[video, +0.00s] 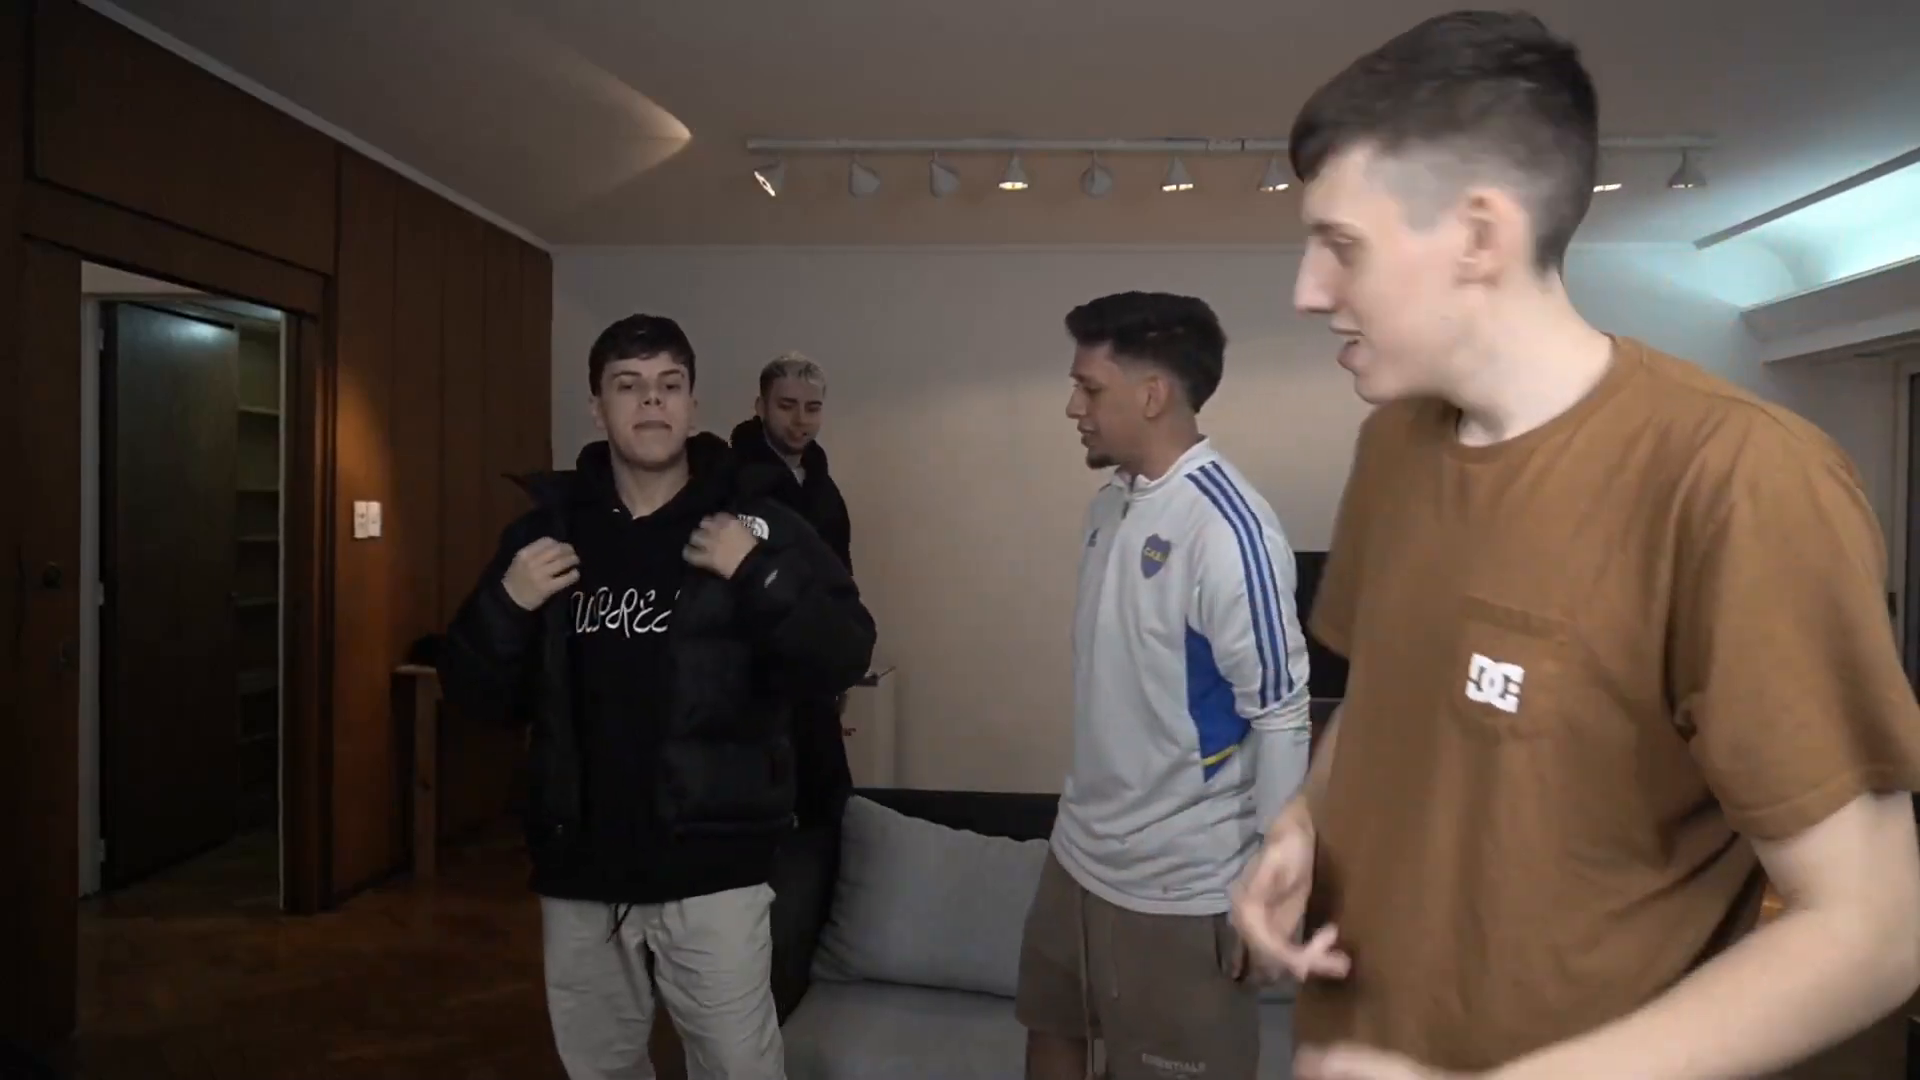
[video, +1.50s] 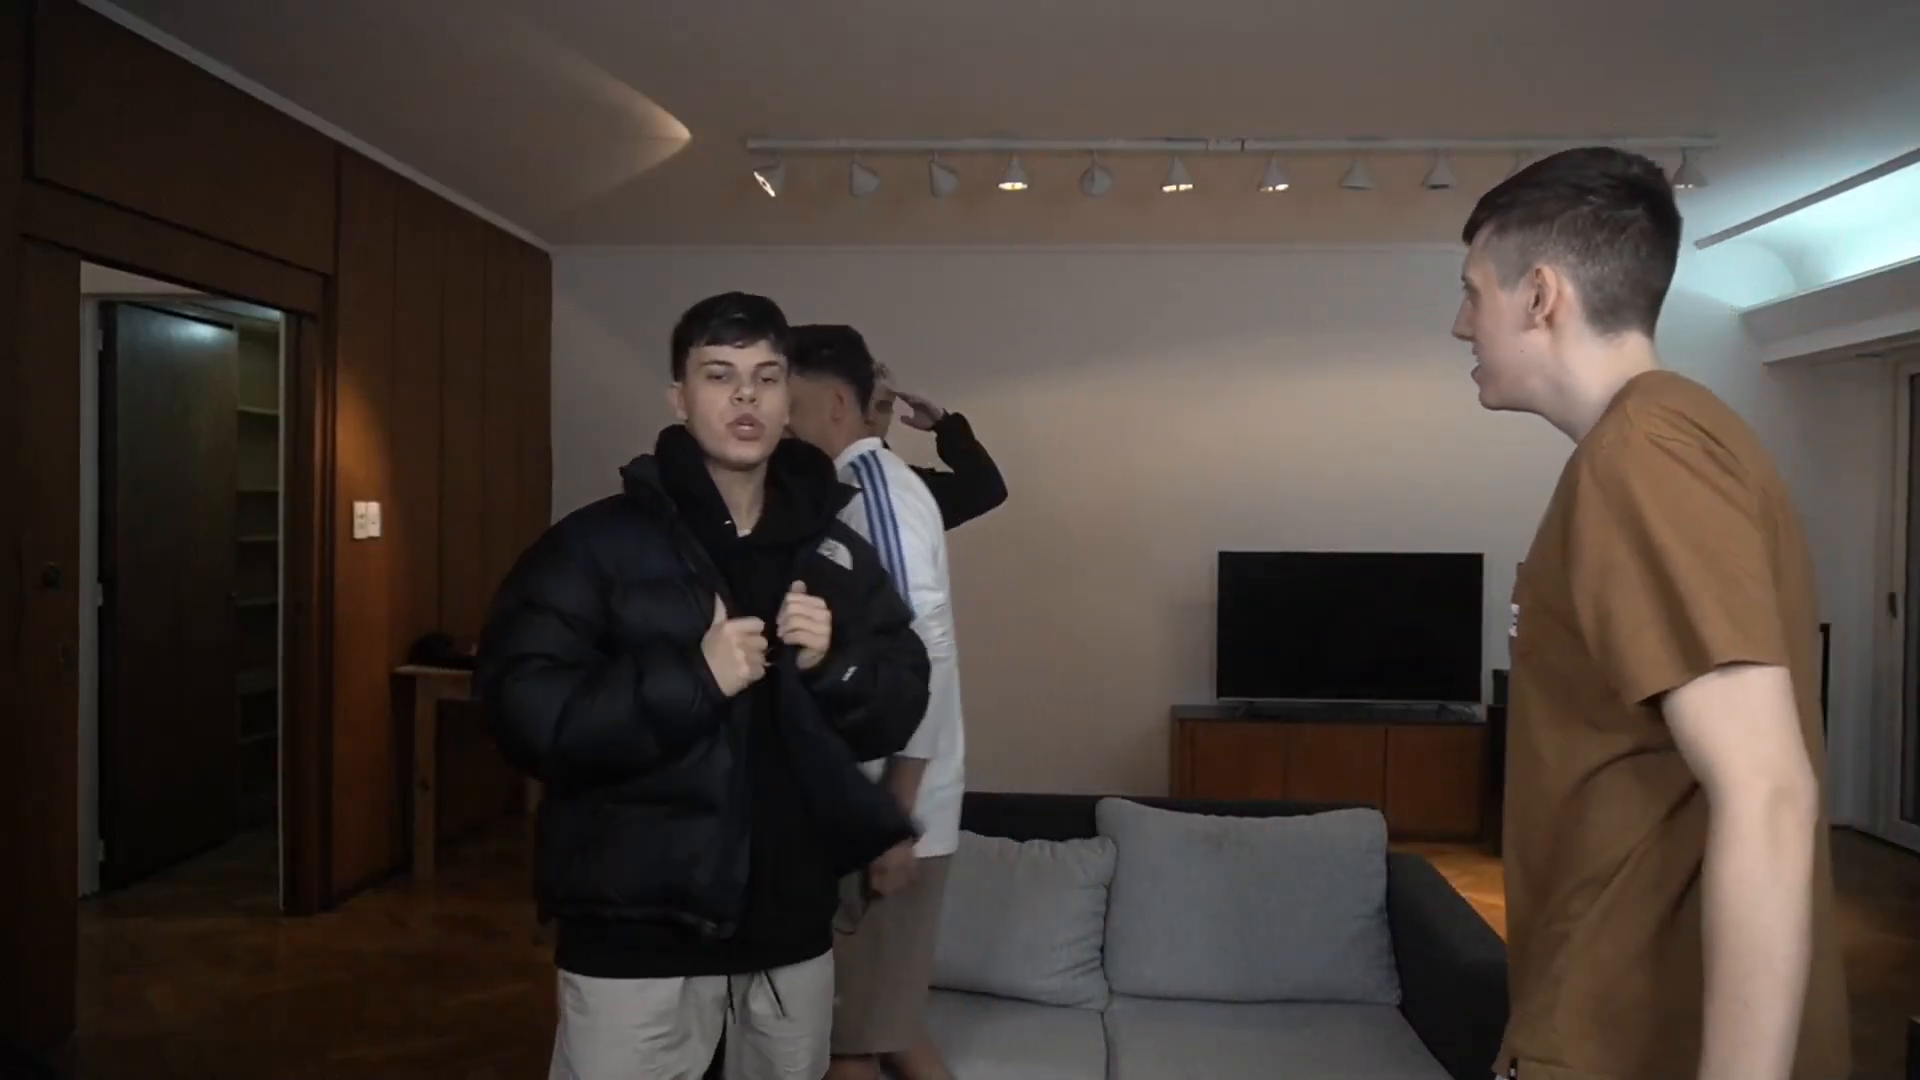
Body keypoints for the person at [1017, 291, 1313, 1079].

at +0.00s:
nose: (1072, 407)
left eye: (1089, 387)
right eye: (1075, 385)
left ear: (1155, 394)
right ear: (1145, 396)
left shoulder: (1234, 531)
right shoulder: (1112, 503)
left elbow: (1283, 717)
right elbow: (1123, 683)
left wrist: (1278, 885)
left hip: (1182, 897)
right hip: (1079, 863)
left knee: (1172, 1069)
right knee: (1054, 1042)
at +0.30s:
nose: (1017, 401)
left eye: (1035, 383)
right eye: (1018, 382)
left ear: (1099, 393)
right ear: (1082, 394)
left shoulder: (1151, 512)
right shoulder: (1053, 501)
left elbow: (1198, 692)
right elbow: (1052, 669)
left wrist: (1186, 867)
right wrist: (1008, 788)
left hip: (1109, 867)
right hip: (1029, 852)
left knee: (1120, 1063)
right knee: (1041, 1047)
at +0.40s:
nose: (1001, 406)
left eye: (1020, 389)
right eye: (1002, 386)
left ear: (1081, 398)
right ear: (1066, 398)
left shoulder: (1125, 507)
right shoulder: (1043, 504)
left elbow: (1160, 687)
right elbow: (1029, 677)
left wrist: (1108, 851)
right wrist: (957, 773)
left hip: (1082, 861)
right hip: (1017, 849)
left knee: (1096, 1065)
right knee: (1036, 1049)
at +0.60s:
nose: (973, 411)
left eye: (991, 393)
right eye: (972, 392)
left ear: (1052, 401)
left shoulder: (1078, 498)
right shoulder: (1029, 499)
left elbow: (1097, 668)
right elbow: (999, 675)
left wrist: (1002, 804)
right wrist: (927, 774)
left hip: (1050, 828)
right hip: (1022, 821)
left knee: (1033, 1052)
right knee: (1065, 1048)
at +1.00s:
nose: (907, 422)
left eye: (920, 407)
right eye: (905, 408)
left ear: (981, 405)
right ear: (971, 409)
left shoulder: (1005, 489)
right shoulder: (999, 485)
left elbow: (1041, 637)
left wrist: (984, 794)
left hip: (980, 813)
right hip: (1031, 811)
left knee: (916, 1016)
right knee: (1043, 1007)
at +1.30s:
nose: (836, 418)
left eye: (848, 401)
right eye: (838, 401)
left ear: (892, 406)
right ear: (899, 410)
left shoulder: (930, 485)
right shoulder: (919, 482)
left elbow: (982, 643)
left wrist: (982, 803)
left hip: (935, 806)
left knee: (871, 1027)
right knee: (987, 997)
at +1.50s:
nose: (781, 412)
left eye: (793, 394)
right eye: (782, 395)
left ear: (838, 399)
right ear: (846, 401)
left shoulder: (880, 480)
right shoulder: (846, 482)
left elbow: (924, 644)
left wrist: (899, 810)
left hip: (894, 808)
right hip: (872, 800)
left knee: (862, 1037)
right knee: (891, 1027)